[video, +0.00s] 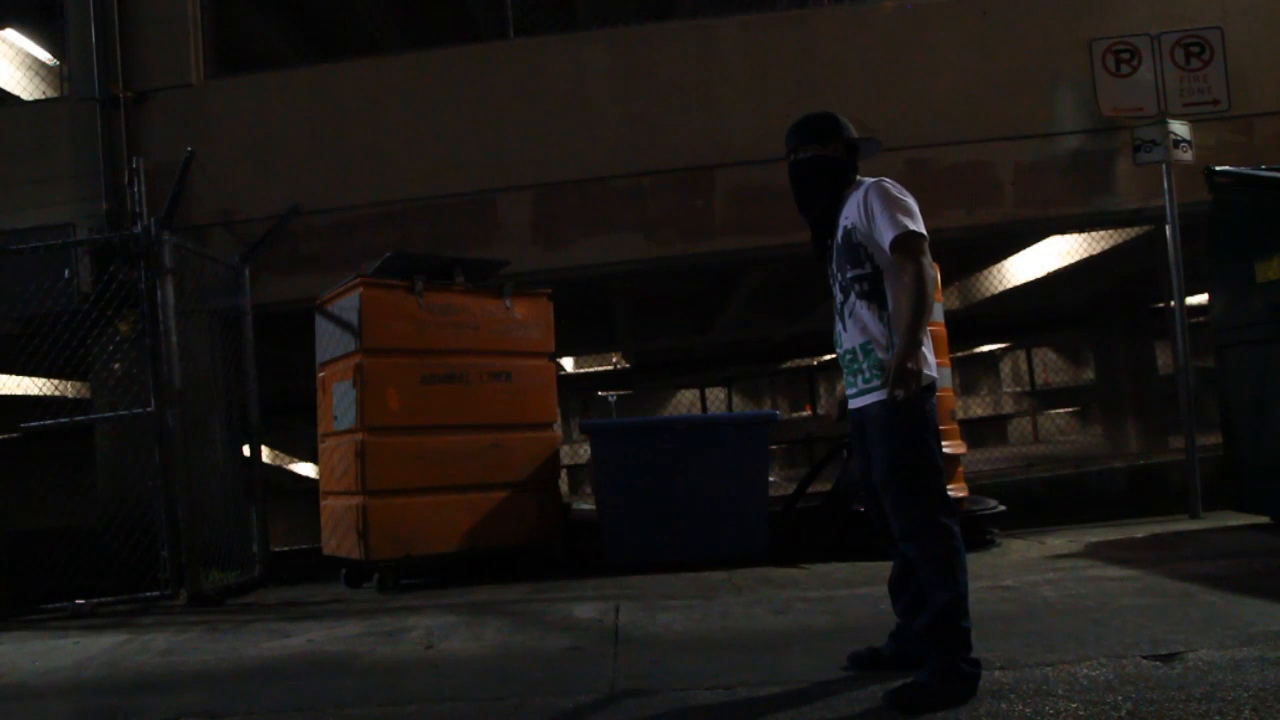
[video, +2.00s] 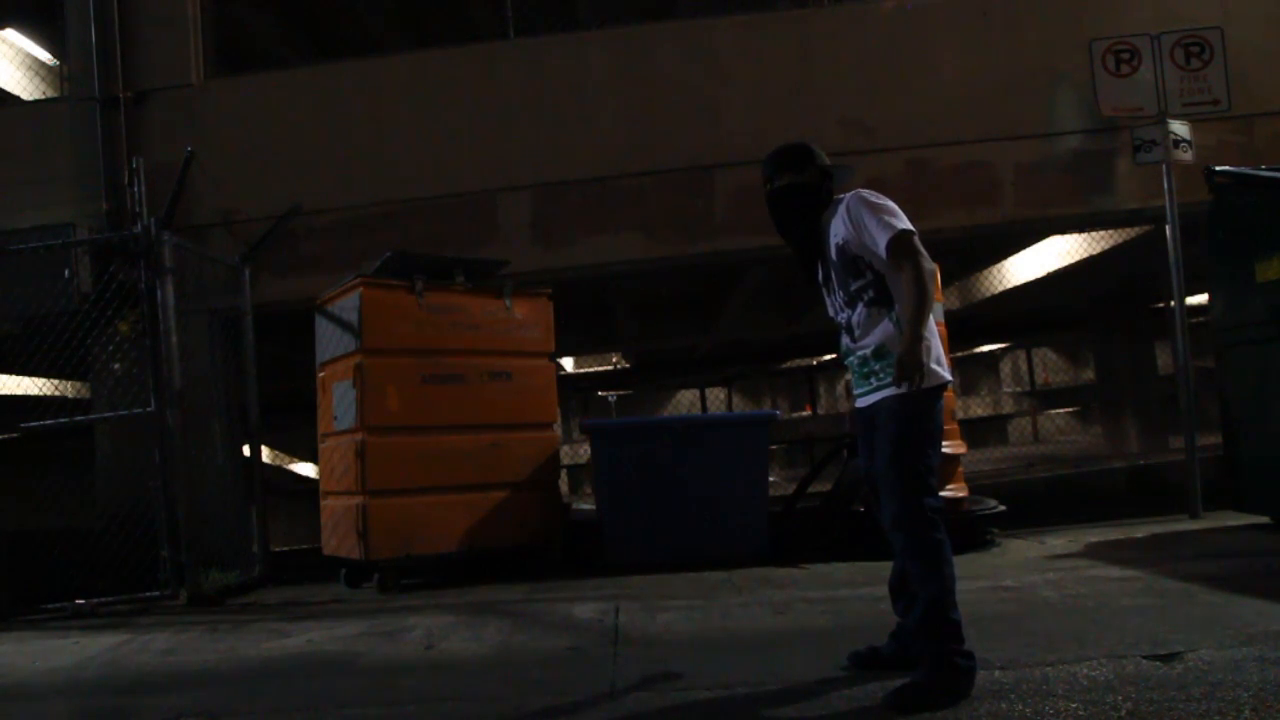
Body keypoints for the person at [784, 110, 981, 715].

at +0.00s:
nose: (800, 176)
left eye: (809, 162)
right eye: (795, 166)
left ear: (838, 158)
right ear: (800, 168)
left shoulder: (875, 194)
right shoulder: (843, 222)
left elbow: (916, 264)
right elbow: (862, 311)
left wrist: (907, 349)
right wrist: (853, 390)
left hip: (902, 393)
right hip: (873, 399)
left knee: (926, 522)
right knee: (900, 523)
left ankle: (952, 663)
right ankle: (914, 639)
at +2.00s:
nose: (777, 206)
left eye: (783, 191)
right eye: (772, 195)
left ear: (812, 181)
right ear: (790, 192)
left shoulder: (857, 207)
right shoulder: (828, 244)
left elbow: (916, 266)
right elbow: (866, 316)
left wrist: (910, 346)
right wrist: (864, 381)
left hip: (907, 392)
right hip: (878, 400)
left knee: (916, 520)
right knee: (898, 520)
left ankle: (946, 661)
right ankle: (914, 639)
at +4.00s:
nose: (781, 202)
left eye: (789, 187)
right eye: (776, 191)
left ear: (817, 180)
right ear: (783, 194)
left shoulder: (863, 212)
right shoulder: (826, 252)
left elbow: (921, 276)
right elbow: (853, 340)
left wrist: (919, 374)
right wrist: (856, 407)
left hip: (909, 394)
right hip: (876, 402)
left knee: (913, 520)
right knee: (895, 520)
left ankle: (945, 660)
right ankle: (912, 637)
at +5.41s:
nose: (712, 221)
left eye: (720, 207)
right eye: (708, 210)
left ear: (747, 202)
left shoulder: (794, 232)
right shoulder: (757, 272)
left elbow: (856, 287)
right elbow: (805, 345)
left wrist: (882, 377)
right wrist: (814, 408)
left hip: (871, 394)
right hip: (843, 402)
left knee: (846, 517)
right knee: (878, 514)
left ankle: (929, 634)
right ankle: (908, 635)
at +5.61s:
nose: (653, 241)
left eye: (660, 228)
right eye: (652, 229)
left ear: (684, 225)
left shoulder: (735, 255)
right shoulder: (700, 291)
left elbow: (801, 320)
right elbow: (748, 363)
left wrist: (858, 391)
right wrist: (756, 423)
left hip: (825, 415)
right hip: (797, 422)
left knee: (762, 530)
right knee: (846, 527)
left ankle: (841, 640)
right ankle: (918, 634)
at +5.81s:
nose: (555, 256)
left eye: (559, 245)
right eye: (556, 248)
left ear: (576, 240)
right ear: (609, 234)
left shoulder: (615, 269)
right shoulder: (622, 275)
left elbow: (573, 303)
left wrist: (497, 298)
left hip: (728, 429)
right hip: (737, 424)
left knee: (670, 557)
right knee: (770, 539)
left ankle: (741, 675)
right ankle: (888, 611)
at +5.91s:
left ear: (518, 202)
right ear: (556, 202)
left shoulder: (554, 240)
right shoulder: (574, 248)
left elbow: (536, 268)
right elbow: (628, 312)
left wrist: (479, 248)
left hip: (660, 413)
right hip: (660, 412)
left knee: (690, 532)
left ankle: (820, 579)